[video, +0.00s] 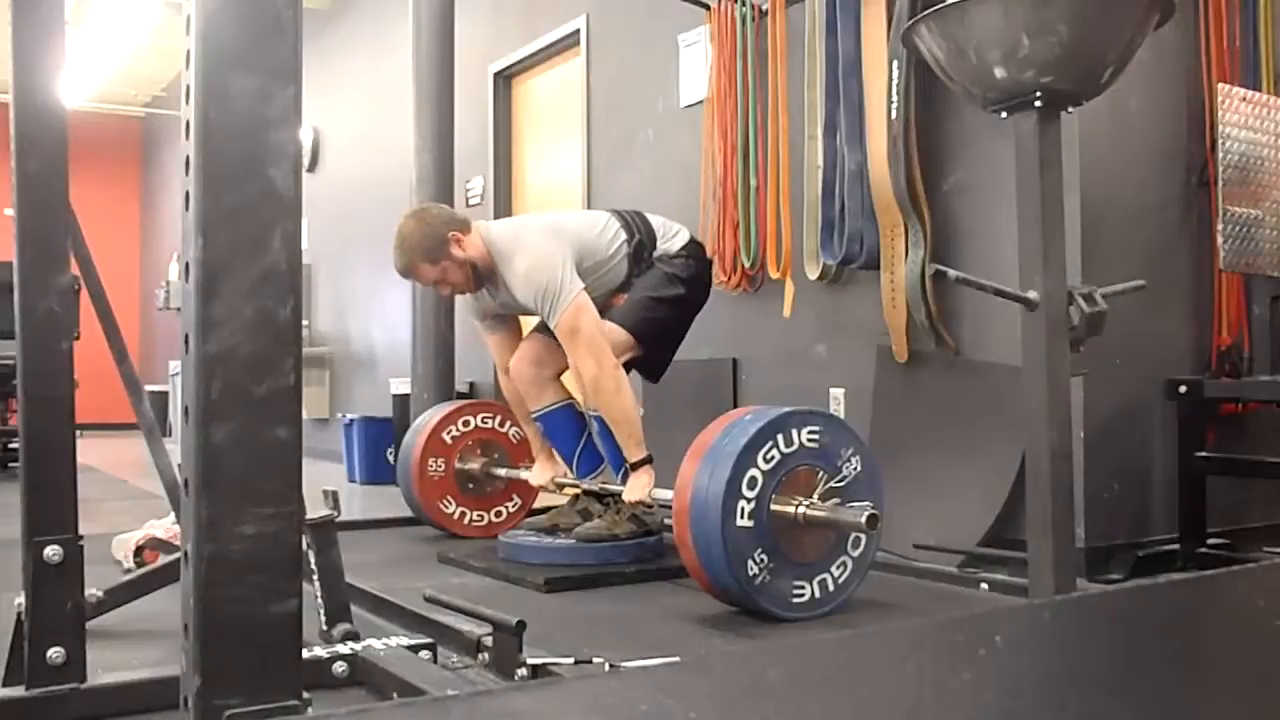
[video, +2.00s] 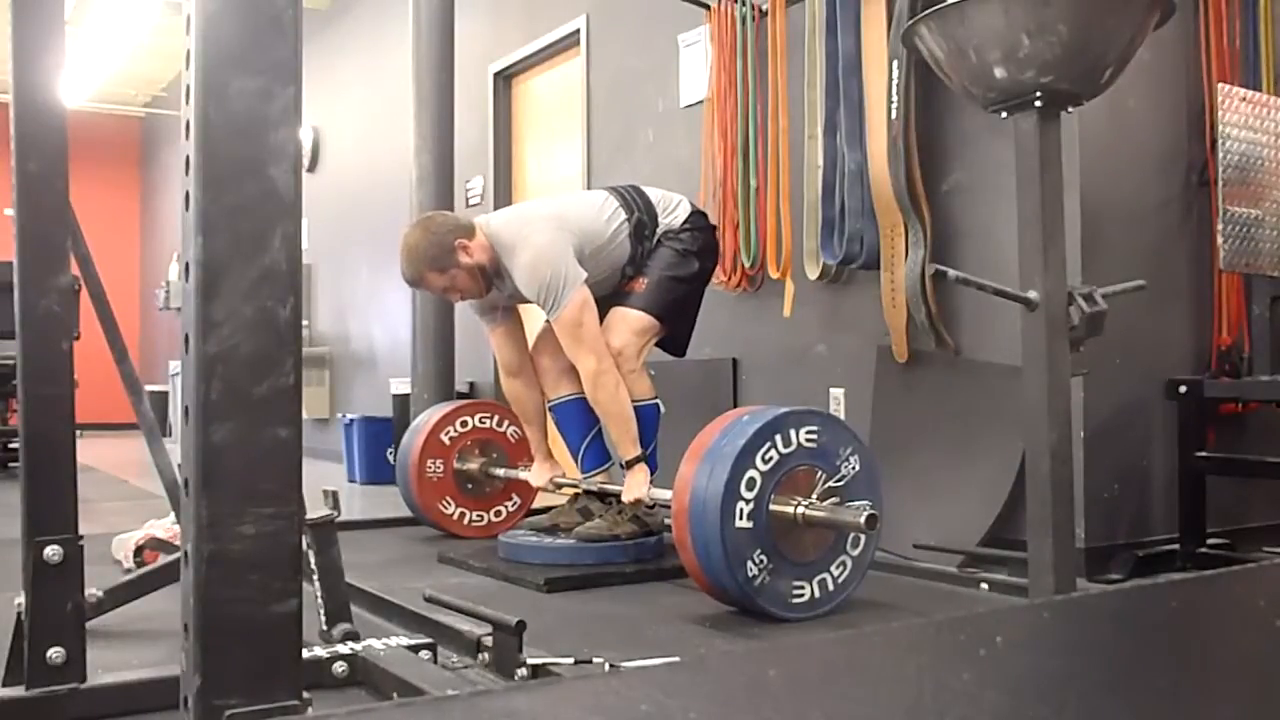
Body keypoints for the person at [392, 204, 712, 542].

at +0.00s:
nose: (443, 292)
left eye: (440, 280)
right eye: (435, 287)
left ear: (458, 244)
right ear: (457, 243)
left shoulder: (532, 259)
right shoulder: (479, 286)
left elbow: (594, 362)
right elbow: (510, 371)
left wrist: (640, 468)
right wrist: (542, 454)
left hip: (671, 260)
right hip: (609, 281)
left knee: (595, 357)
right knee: (526, 366)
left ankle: (630, 493)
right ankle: (598, 488)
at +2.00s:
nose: (454, 300)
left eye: (449, 287)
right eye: (443, 295)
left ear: (465, 251)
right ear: (465, 251)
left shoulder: (535, 250)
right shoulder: (483, 284)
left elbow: (597, 362)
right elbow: (514, 372)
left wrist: (635, 464)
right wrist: (541, 458)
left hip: (677, 232)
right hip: (617, 254)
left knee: (619, 348)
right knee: (548, 356)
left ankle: (639, 496)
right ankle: (600, 491)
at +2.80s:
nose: (441, 286)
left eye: (440, 272)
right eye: (432, 279)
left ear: (463, 237)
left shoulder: (544, 264)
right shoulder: (479, 291)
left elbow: (617, 369)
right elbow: (513, 378)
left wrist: (639, 470)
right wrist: (540, 458)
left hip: (670, 290)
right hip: (608, 301)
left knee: (575, 372)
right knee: (515, 380)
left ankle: (626, 490)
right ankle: (591, 485)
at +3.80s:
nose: (458, 241)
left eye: (460, 226)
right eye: (450, 233)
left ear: (492, 199)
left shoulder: (567, 246)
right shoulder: (503, 273)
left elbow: (619, 355)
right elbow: (523, 366)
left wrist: (637, 466)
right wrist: (539, 455)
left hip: (690, 283)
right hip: (627, 299)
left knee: (598, 359)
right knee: (533, 366)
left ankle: (630, 500)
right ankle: (599, 491)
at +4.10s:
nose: (483, 191)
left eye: (493, 177)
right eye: (481, 180)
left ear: (533, 176)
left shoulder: (588, 235)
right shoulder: (521, 261)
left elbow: (626, 350)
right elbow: (535, 359)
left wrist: (635, 463)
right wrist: (539, 453)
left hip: (707, 292)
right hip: (642, 303)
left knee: (606, 353)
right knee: (543, 364)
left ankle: (633, 499)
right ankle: (599, 493)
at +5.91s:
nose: (500, 165)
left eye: (515, 155)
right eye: (501, 156)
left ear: (553, 166)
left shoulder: (594, 232)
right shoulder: (526, 258)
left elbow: (629, 351)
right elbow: (535, 359)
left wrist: (636, 459)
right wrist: (540, 449)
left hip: (707, 306)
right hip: (646, 315)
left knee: (601, 355)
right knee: (542, 365)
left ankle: (632, 502)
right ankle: (598, 492)